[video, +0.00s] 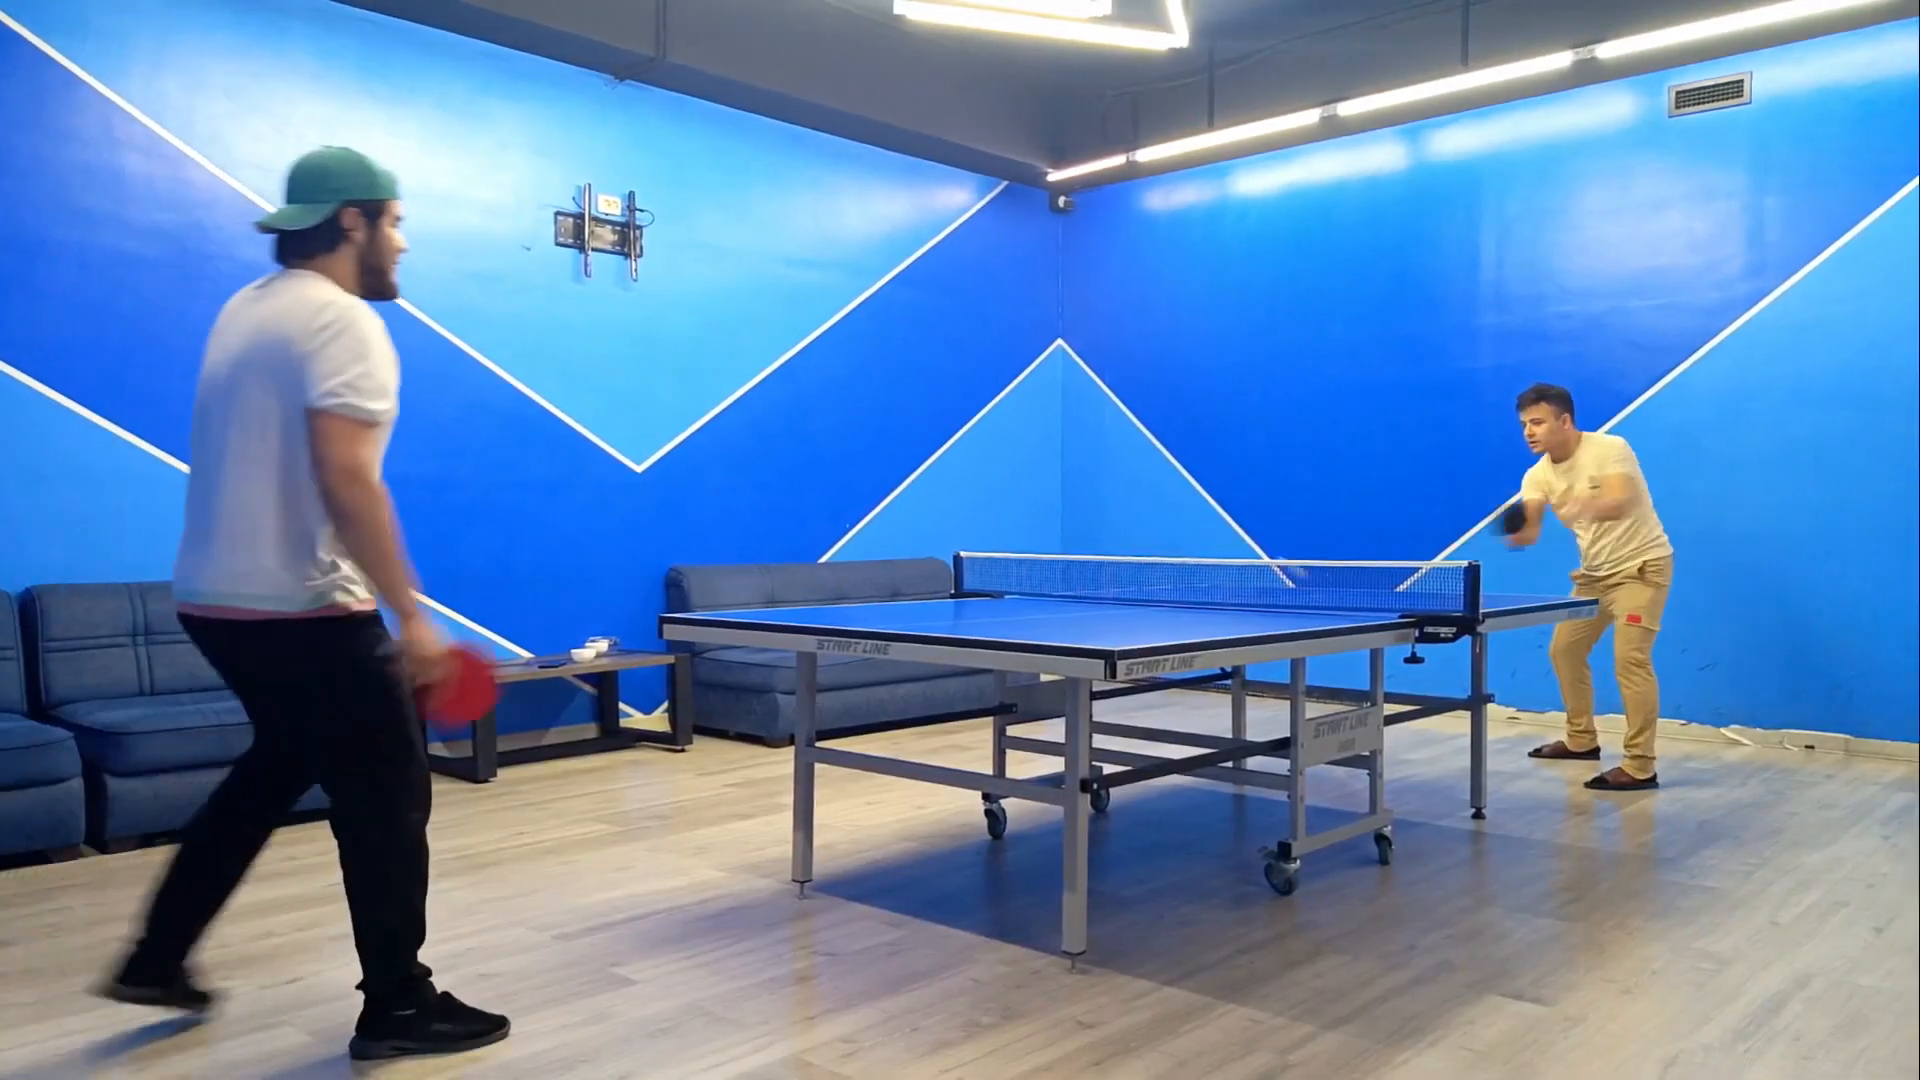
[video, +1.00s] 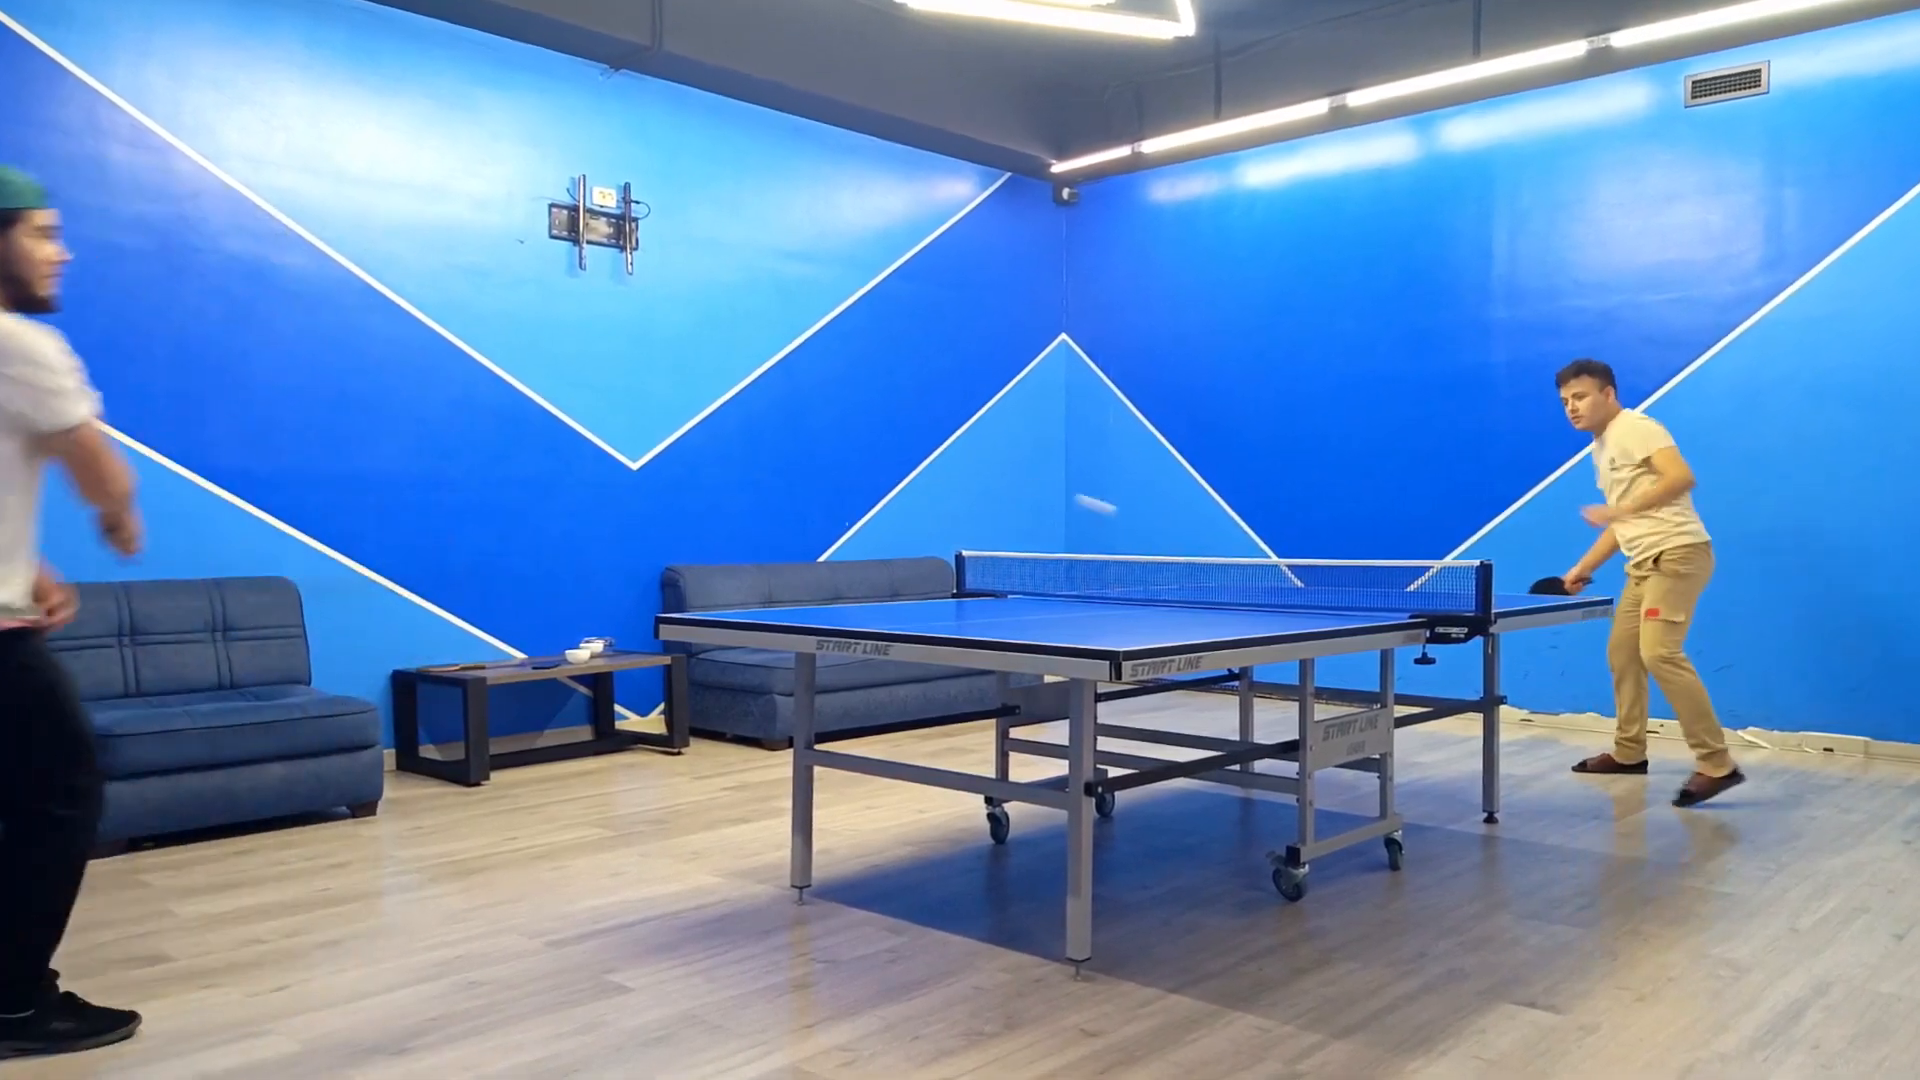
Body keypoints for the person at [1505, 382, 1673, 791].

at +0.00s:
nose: (1528, 432)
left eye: (1536, 423)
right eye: (1524, 425)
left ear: (1565, 421)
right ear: (1524, 429)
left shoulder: (1609, 448)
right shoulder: (1537, 476)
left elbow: (1622, 500)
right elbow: (1529, 531)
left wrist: (1584, 507)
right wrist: (1517, 533)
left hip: (1642, 565)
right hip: (1596, 573)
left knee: (1630, 656)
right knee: (1565, 650)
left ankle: (1640, 766)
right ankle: (1581, 741)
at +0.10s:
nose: (1533, 432)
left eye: (1542, 423)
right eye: (1529, 425)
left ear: (1571, 422)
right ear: (1528, 428)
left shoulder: (1619, 449)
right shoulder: (1538, 476)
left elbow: (1660, 480)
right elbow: (1543, 529)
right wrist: (1558, 531)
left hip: (1642, 567)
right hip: (1592, 574)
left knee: (1631, 659)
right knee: (1563, 651)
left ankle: (1638, 766)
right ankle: (1580, 741)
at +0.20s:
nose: (1542, 434)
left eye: (1551, 424)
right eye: (1537, 426)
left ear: (1580, 423)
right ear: (1534, 429)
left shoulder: (1630, 450)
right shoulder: (1543, 476)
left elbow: (1700, 469)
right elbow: (1560, 531)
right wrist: (1600, 538)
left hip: (1643, 567)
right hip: (1591, 574)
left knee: (1633, 659)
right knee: (1567, 651)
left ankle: (1637, 767)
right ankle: (1577, 740)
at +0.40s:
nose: (1560, 426)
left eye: (1569, 416)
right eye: (1555, 418)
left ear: (1599, 415)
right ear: (1553, 419)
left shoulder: (1649, 435)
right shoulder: (1558, 466)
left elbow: (1677, 461)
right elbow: (1577, 528)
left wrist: (1700, 493)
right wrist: (1624, 545)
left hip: (1657, 564)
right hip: (1600, 568)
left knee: (1642, 661)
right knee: (1578, 653)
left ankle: (1639, 768)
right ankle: (1597, 745)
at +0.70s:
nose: (1569, 422)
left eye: (1579, 413)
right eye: (1564, 415)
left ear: (1609, 414)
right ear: (1561, 420)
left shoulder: (1659, 450)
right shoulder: (1564, 474)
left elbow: (1706, 492)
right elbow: (1570, 537)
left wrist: (1729, 549)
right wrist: (1585, 555)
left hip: (1664, 577)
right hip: (1608, 583)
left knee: (1664, 663)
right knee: (1577, 663)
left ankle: (1656, 766)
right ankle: (1616, 752)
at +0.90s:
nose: (1565, 411)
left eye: (1574, 401)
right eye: (1560, 404)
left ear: (1602, 401)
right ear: (1559, 411)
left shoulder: (1644, 440)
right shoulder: (1582, 465)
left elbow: (1699, 491)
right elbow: (1593, 528)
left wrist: (1686, 545)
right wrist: (1564, 570)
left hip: (1672, 569)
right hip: (1626, 574)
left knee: (1657, 657)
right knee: (1602, 657)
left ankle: (1684, 765)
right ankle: (1623, 753)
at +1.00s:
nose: (1571, 408)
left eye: (1579, 397)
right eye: (1565, 401)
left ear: (1609, 395)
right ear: (1566, 406)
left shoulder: (1636, 427)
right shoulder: (1601, 451)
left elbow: (1681, 476)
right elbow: (1623, 519)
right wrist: (1584, 567)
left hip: (1679, 552)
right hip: (1642, 563)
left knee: (1659, 651)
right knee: (1623, 652)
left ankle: (1717, 765)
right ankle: (1629, 754)